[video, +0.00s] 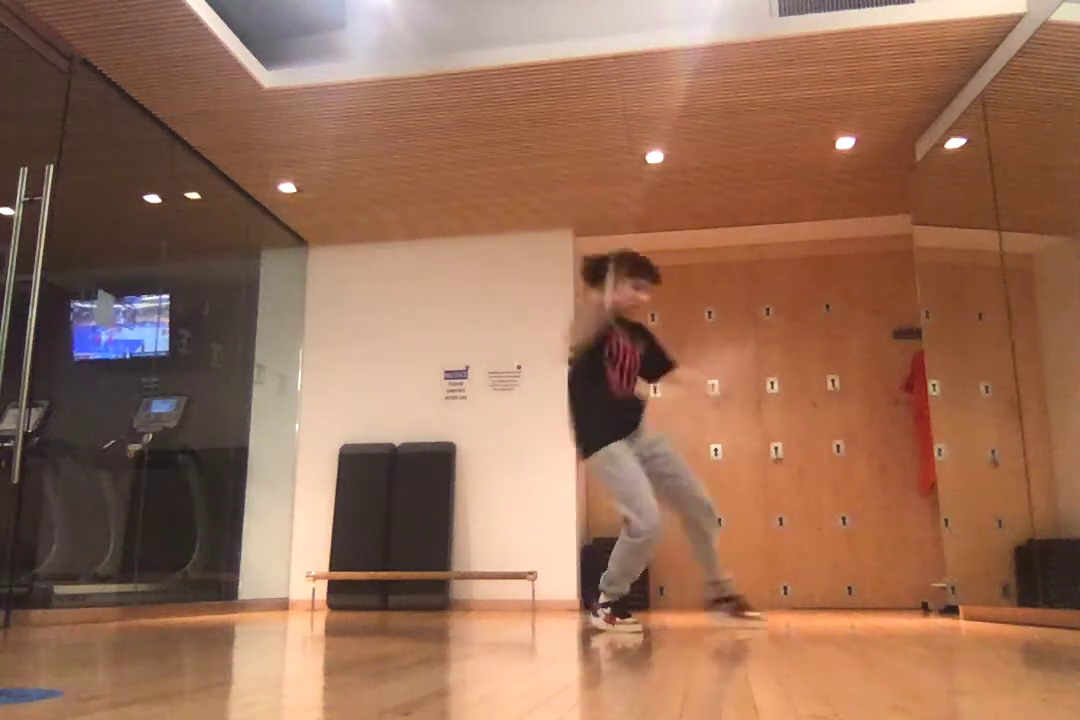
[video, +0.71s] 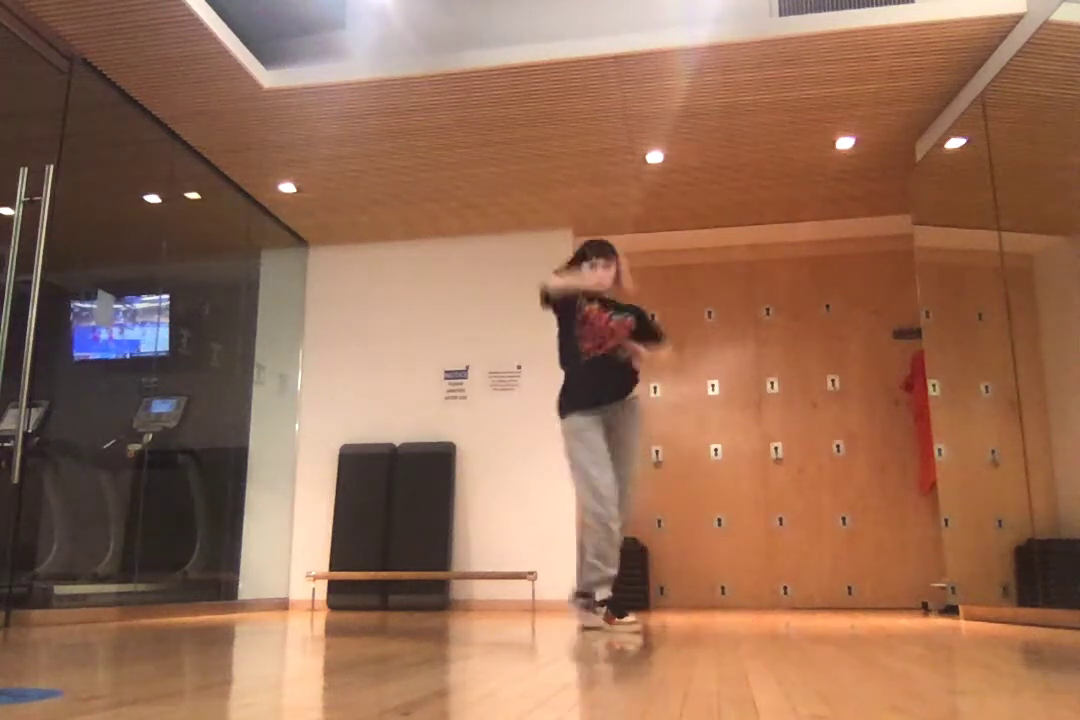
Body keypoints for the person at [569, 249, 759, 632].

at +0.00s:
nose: (642, 298)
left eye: (646, 291)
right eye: (635, 288)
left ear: (648, 294)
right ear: (610, 288)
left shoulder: (636, 334)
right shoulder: (590, 331)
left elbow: (667, 376)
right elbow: (579, 337)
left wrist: (707, 385)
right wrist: (599, 303)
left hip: (636, 433)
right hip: (602, 442)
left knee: (696, 505)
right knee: (646, 521)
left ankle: (720, 595)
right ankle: (605, 603)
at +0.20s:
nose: (673, 326)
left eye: (675, 320)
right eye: (663, 322)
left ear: (681, 326)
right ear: (649, 331)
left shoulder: (661, 370)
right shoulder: (631, 374)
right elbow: (585, 427)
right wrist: (581, 482)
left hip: (624, 457)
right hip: (585, 457)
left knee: (678, 523)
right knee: (628, 519)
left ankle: (729, 600)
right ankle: (608, 608)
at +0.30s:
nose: (661, 300)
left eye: (661, 293)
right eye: (651, 294)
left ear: (667, 301)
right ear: (639, 303)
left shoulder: (653, 346)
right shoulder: (631, 345)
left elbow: (626, 388)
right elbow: (599, 382)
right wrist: (572, 418)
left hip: (620, 447)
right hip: (588, 446)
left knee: (665, 519)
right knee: (628, 518)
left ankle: (720, 595)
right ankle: (608, 607)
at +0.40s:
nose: (643, 277)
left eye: (646, 271)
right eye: (637, 269)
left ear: (647, 277)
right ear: (621, 272)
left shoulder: (641, 317)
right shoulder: (619, 310)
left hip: (622, 427)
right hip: (591, 428)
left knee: (650, 515)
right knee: (625, 513)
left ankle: (681, 598)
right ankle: (607, 607)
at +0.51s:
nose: (615, 262)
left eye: (622, 255)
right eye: (607, 256)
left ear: (633, 263)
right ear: (598, 264)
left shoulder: (634, 306)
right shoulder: (597, 292)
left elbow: (646, 353)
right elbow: (583, 268)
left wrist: (643, 318)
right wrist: (578, 236)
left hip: (631, 412)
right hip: (596, 414)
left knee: (642, 507)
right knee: (619, 507)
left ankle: (649, 591)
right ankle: (608, 598)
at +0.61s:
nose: (602, 261)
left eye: (608, 255)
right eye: (595, 256)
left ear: (619, 264)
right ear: (584, 265)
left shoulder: (623, 306)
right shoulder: (579, 292)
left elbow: (636, 355)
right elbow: (564, 259)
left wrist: (651, 401)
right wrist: (569, 210)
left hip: (632, 401)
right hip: (595, 404)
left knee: (636, 501)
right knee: (610, 502)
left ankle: (624, 593)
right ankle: (605, 599)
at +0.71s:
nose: (600, 274)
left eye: (606, 267)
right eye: (593, 267)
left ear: (616, 271)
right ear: (580, 271)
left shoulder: (629, 313)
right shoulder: (570, 305)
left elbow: (659, 343)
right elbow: (549, 287)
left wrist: (634, 347)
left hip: (621, 404)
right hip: (581, 408)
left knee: (616, 500)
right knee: (600, 499)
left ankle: (591, 592)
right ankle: (598, 595)